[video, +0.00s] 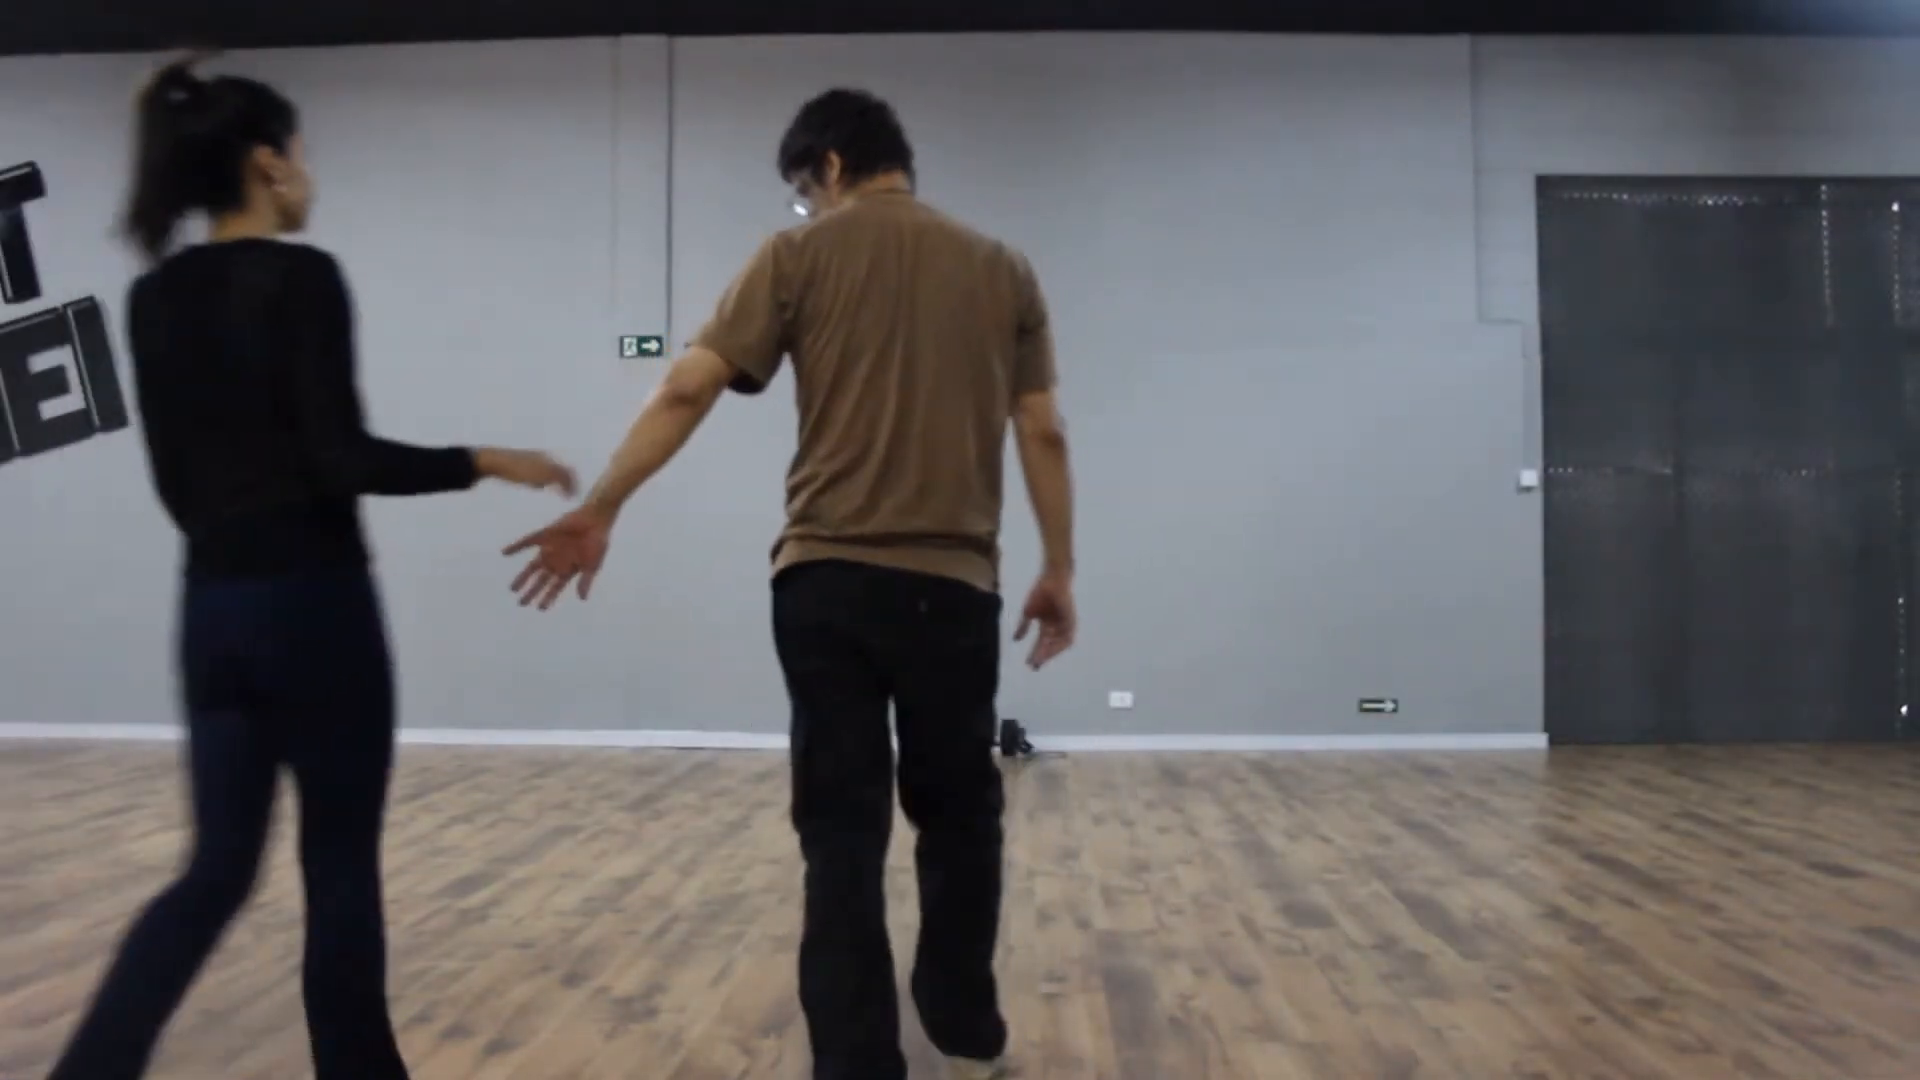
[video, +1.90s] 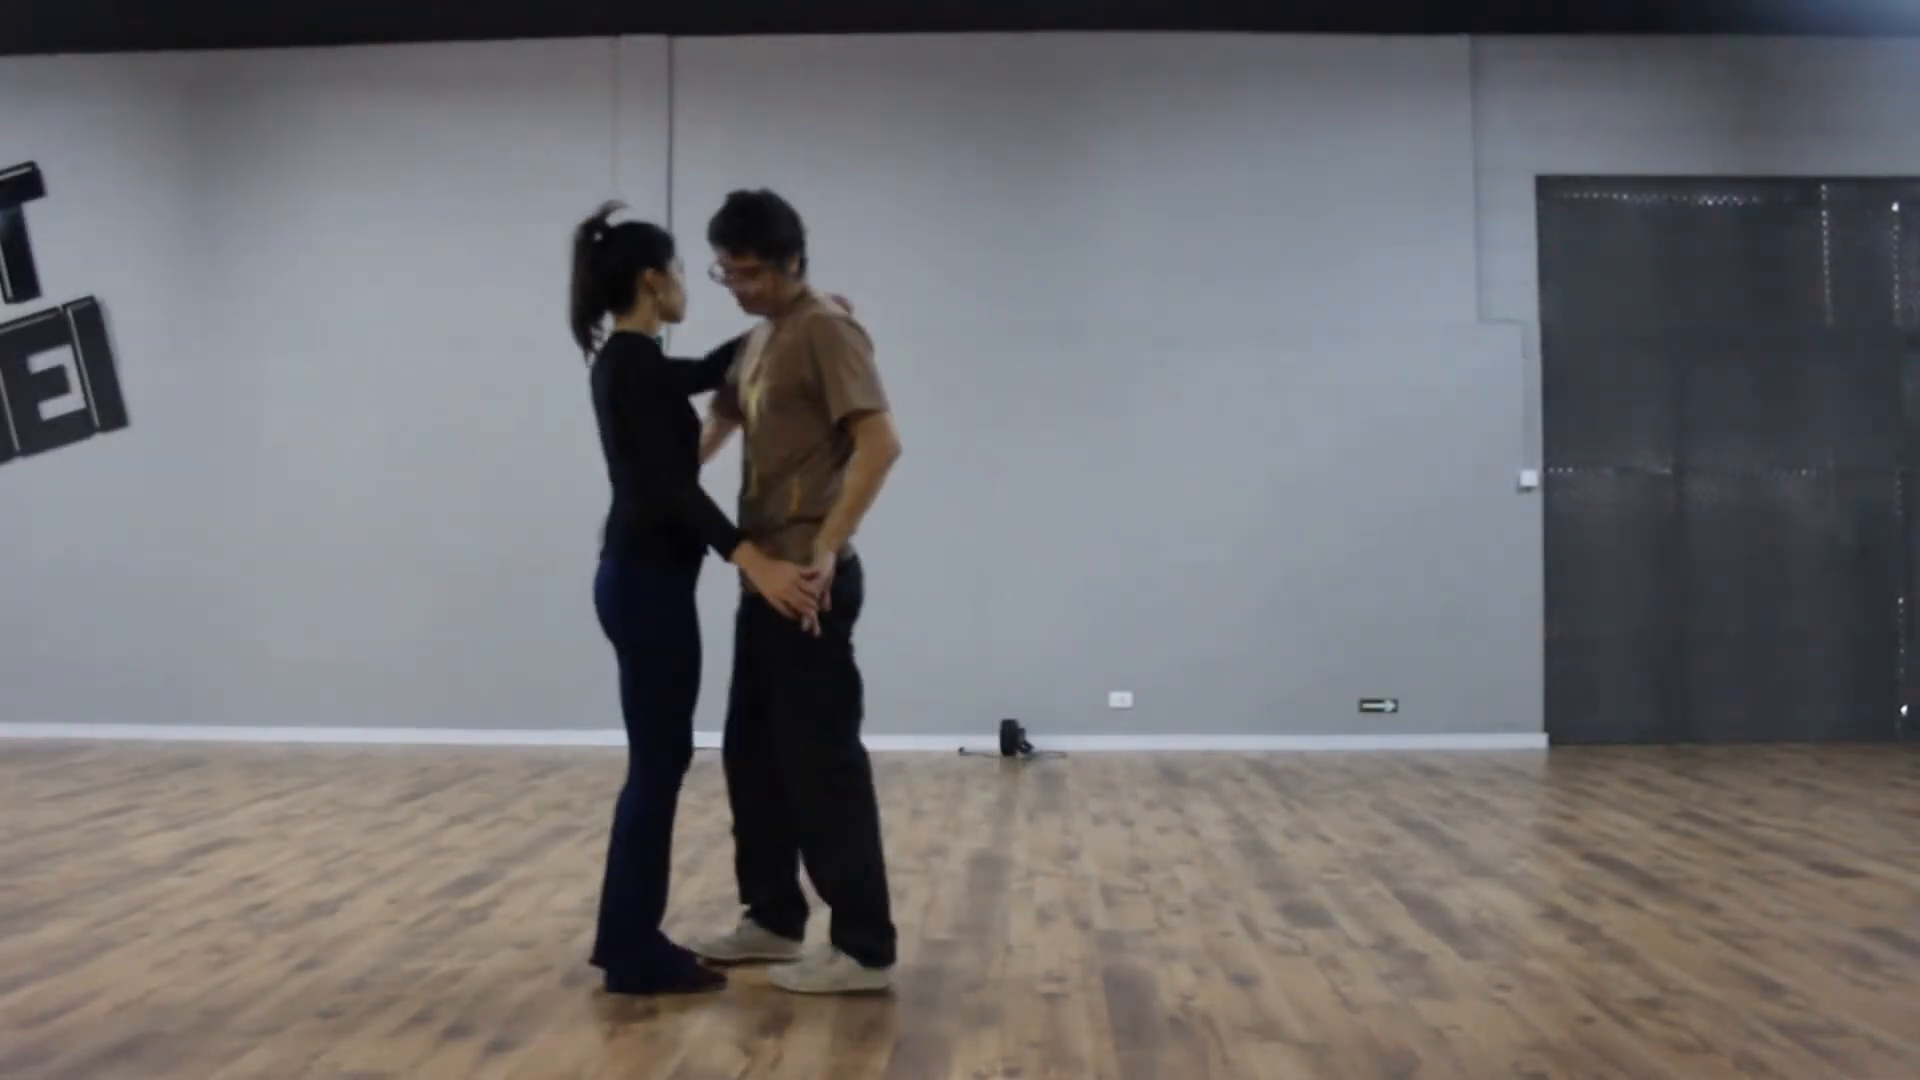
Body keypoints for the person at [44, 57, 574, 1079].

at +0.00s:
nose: (308, 172)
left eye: (301, 153)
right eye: (298, 154)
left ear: (206, 175)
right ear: (267, 165)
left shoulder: (155, 298)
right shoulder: (303, 275)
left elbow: (178, 485)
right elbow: (342, 459)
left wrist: (256, 543)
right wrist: (482, 464)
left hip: (216, 613)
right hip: (321, 608)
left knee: (216, 869)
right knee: (342, 876)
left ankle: (89, 1069)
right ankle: (360, 1069)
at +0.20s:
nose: (377, 182)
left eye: (370, 165)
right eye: (371, 166)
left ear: (271, 186)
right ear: (348, 176)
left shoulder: (227, 300)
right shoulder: (387, 282)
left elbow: (228, 471)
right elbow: (430, 451)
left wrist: (262, 580)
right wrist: (556, 466)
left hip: (287, 602)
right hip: (387, 595)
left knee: (334, 826)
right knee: (377, 845)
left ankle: (224, 1052)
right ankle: (361, 1064)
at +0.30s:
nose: (424, 196)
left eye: (418, 180)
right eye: (418, 181)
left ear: (322, 197)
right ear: (398, 190)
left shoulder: (279, 311)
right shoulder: (435, 288)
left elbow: (261, 469)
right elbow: (476, 453)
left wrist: (260, 607)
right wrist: (586, 476)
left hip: (327, 603)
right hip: (426, 598)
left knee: (398, 819)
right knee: (390, 846)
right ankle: (355, 1061)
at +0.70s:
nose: (525, 249)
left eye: (519, 234)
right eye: (519, 235)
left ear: (438, 250)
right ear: (501, 245)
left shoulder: (403, 349)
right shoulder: (529, 330)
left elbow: (387, 490)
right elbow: (545, 472)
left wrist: (383, 616)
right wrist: (651, 498)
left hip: (441, 606)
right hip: (521, 606)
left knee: (497, 807)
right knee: (530, 814)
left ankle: (529, 1013)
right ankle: (426, 1013)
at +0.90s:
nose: (564, 259)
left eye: (561, 244)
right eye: (558, 244)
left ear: (482, 257)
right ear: (534, 251)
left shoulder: (448, 351)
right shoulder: (554, 333)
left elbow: (487, 478)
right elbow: (564, 471)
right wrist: (680, 502)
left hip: (480, 602)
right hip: (559, 601)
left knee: (506, 794)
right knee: (603, 787)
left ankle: (523, 1009)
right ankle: (575, 989)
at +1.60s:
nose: (666, 282)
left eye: (660, 269)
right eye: (658, 270)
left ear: (602, 284)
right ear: (632, 278)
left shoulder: (582, 360)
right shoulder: (631, 357)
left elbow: (638, 442)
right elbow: (664, 486)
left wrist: (713, 415)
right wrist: (746, 571)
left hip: (604, 584)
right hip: (644, 587)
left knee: (647, 759)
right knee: (655, 762)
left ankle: (596, 933)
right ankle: (633, 949)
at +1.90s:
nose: (685, 283)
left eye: (678, 270)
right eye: (676, 271)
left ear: (629, 286)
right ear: (649, 281)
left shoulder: (631, 358)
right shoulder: (632, 364)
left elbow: (714, 367)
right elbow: (670, 485)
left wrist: (800, 318)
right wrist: (749, 558)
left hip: (644, 576)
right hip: (649, 581)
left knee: (660, 758)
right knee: (659, 761)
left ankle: (631, 942)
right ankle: (630, 948)